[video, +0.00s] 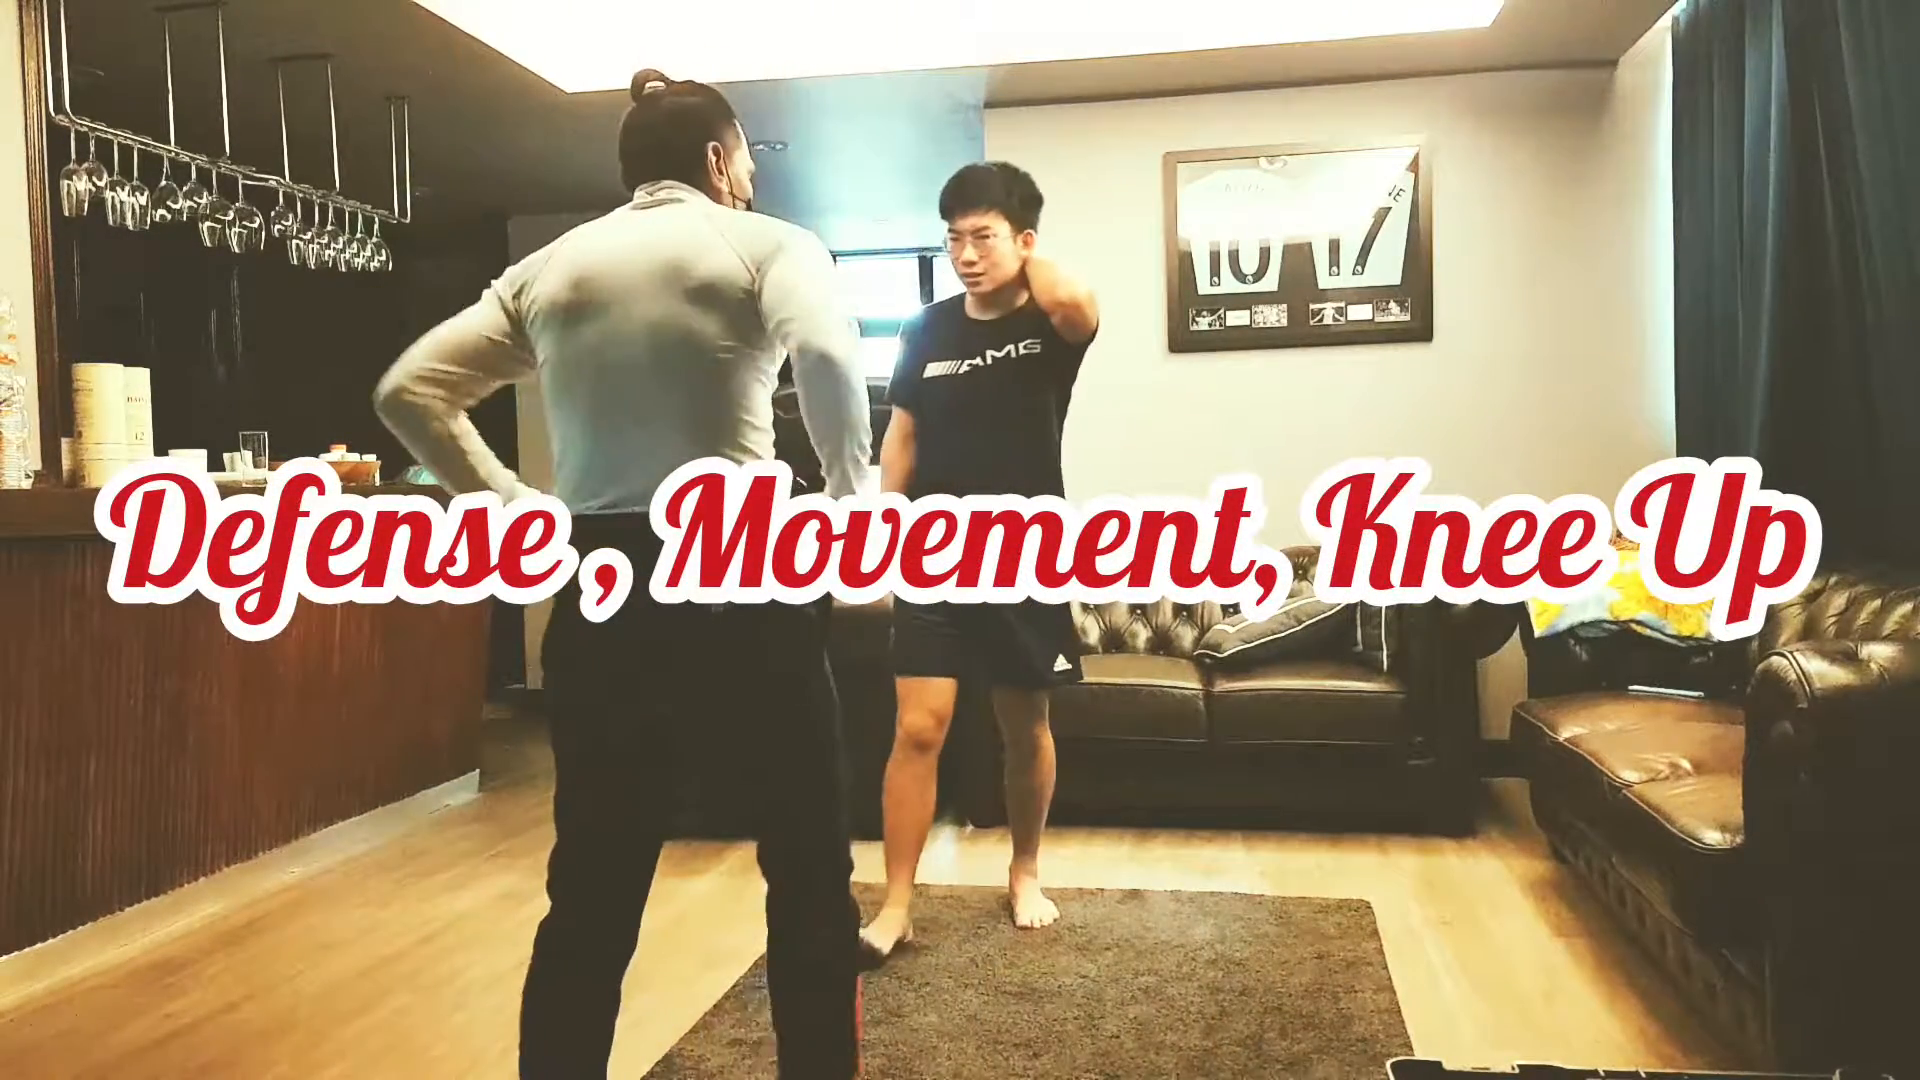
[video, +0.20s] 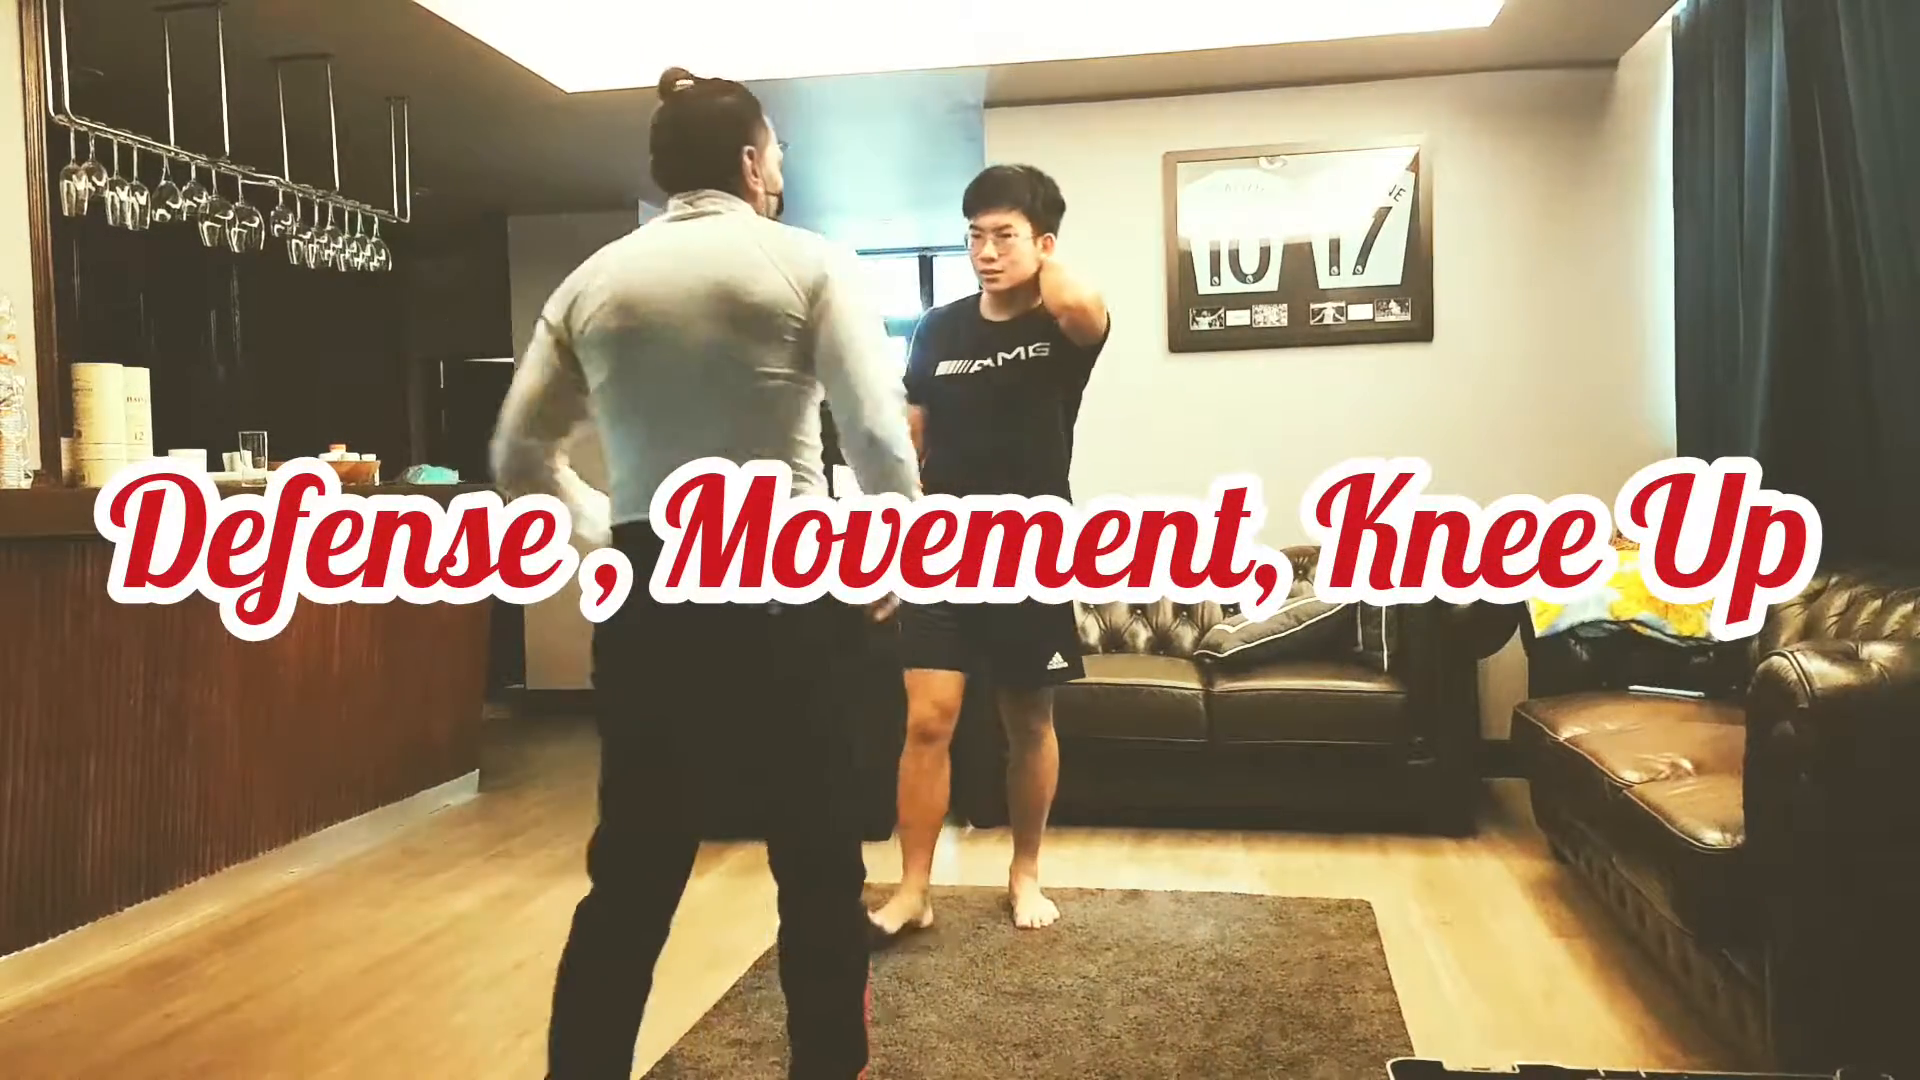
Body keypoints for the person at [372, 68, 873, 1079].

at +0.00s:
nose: (749, 173)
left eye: (744, 155)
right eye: (742, 156)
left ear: (637, 171)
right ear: (717, 161)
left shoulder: (548, 267)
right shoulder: (764, 243)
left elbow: (409, 389)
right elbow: (823, 347)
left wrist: (507, 505)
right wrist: (856, 492)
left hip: (595, 602)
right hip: (748, 597)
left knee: (589, 902)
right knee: (809, 879)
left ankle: (555, 1074)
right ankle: (819, 1062)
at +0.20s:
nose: (780, 172)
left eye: (776, 156)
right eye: (774, 156)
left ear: (664, 172)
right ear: (750, 163)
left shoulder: (590, 283)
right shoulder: (806, 262)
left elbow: (518, 454)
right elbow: (879, 437)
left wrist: (601, 534)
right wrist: (883, 568)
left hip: (651, 626)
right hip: (793, 621)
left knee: (628, 886)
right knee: (819, 876)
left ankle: (579, 1068)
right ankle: (829, 1061)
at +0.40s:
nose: (833, 192)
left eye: (829, 175)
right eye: (831, 175)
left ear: (725, 179)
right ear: (811, 181)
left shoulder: (641, 287)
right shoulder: (852, 292)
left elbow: (610, 472)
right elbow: (929, 469)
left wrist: (675, 568)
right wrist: (939, 616)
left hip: (684, 626)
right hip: (827, 625)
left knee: (677, 847)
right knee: (836, 858)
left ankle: (657, 1053)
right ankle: (831, 1060)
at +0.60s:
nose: (853, 200)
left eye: (851, 181)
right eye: (851, 182)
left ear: (752, 180)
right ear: (831, 184)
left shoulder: (657, 280)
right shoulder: (862, 291)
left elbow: (557, 420)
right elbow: (919, 483)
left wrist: (645, 540)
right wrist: (913, 607)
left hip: (683, 622)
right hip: (814, 626)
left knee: (674, 843)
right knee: (826, 872)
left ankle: (624, 1053)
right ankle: (827, 1061)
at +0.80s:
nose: (816, 197)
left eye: (811, 178)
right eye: (810, 179)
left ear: (717, 195)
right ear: (784, 186)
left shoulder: (624, 302)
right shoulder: (814, 299)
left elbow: (553, 446)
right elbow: (860, 480)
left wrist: (607, 563)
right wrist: (855, 610)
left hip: (658, 605)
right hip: (788, 608)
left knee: (645, 841)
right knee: (845, 840)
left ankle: (606, 1059)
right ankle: (825, 1060)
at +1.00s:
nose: (773, 217)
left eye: (767, 199)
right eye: (767, 200)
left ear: (673, 213)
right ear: (742, 208)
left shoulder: (601, 318)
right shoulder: (784, 307)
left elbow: (565, 476)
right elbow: (823, 478)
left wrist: (618, 557)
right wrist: (850, 587)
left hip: (640, 613)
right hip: (770, 612)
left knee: (638, 839)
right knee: (870, 790)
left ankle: (602, 1061)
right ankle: (847, 1031)